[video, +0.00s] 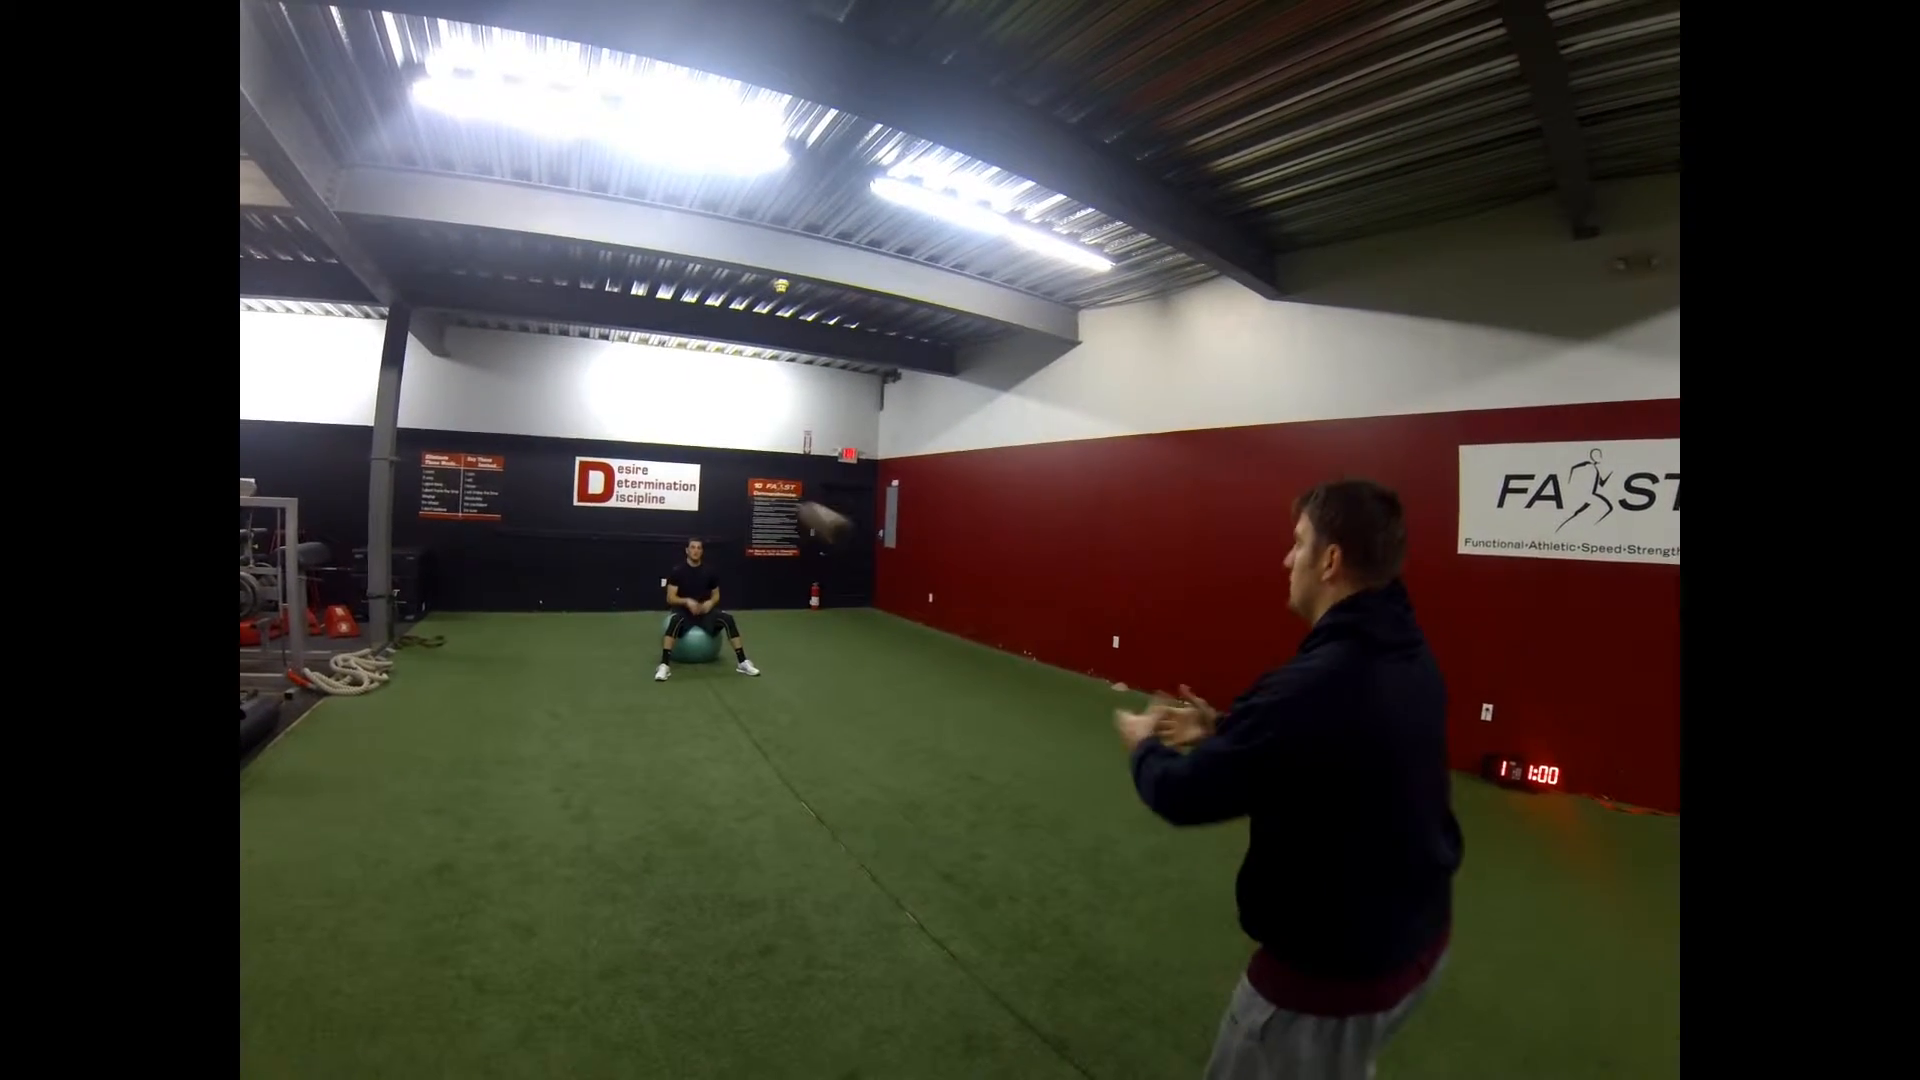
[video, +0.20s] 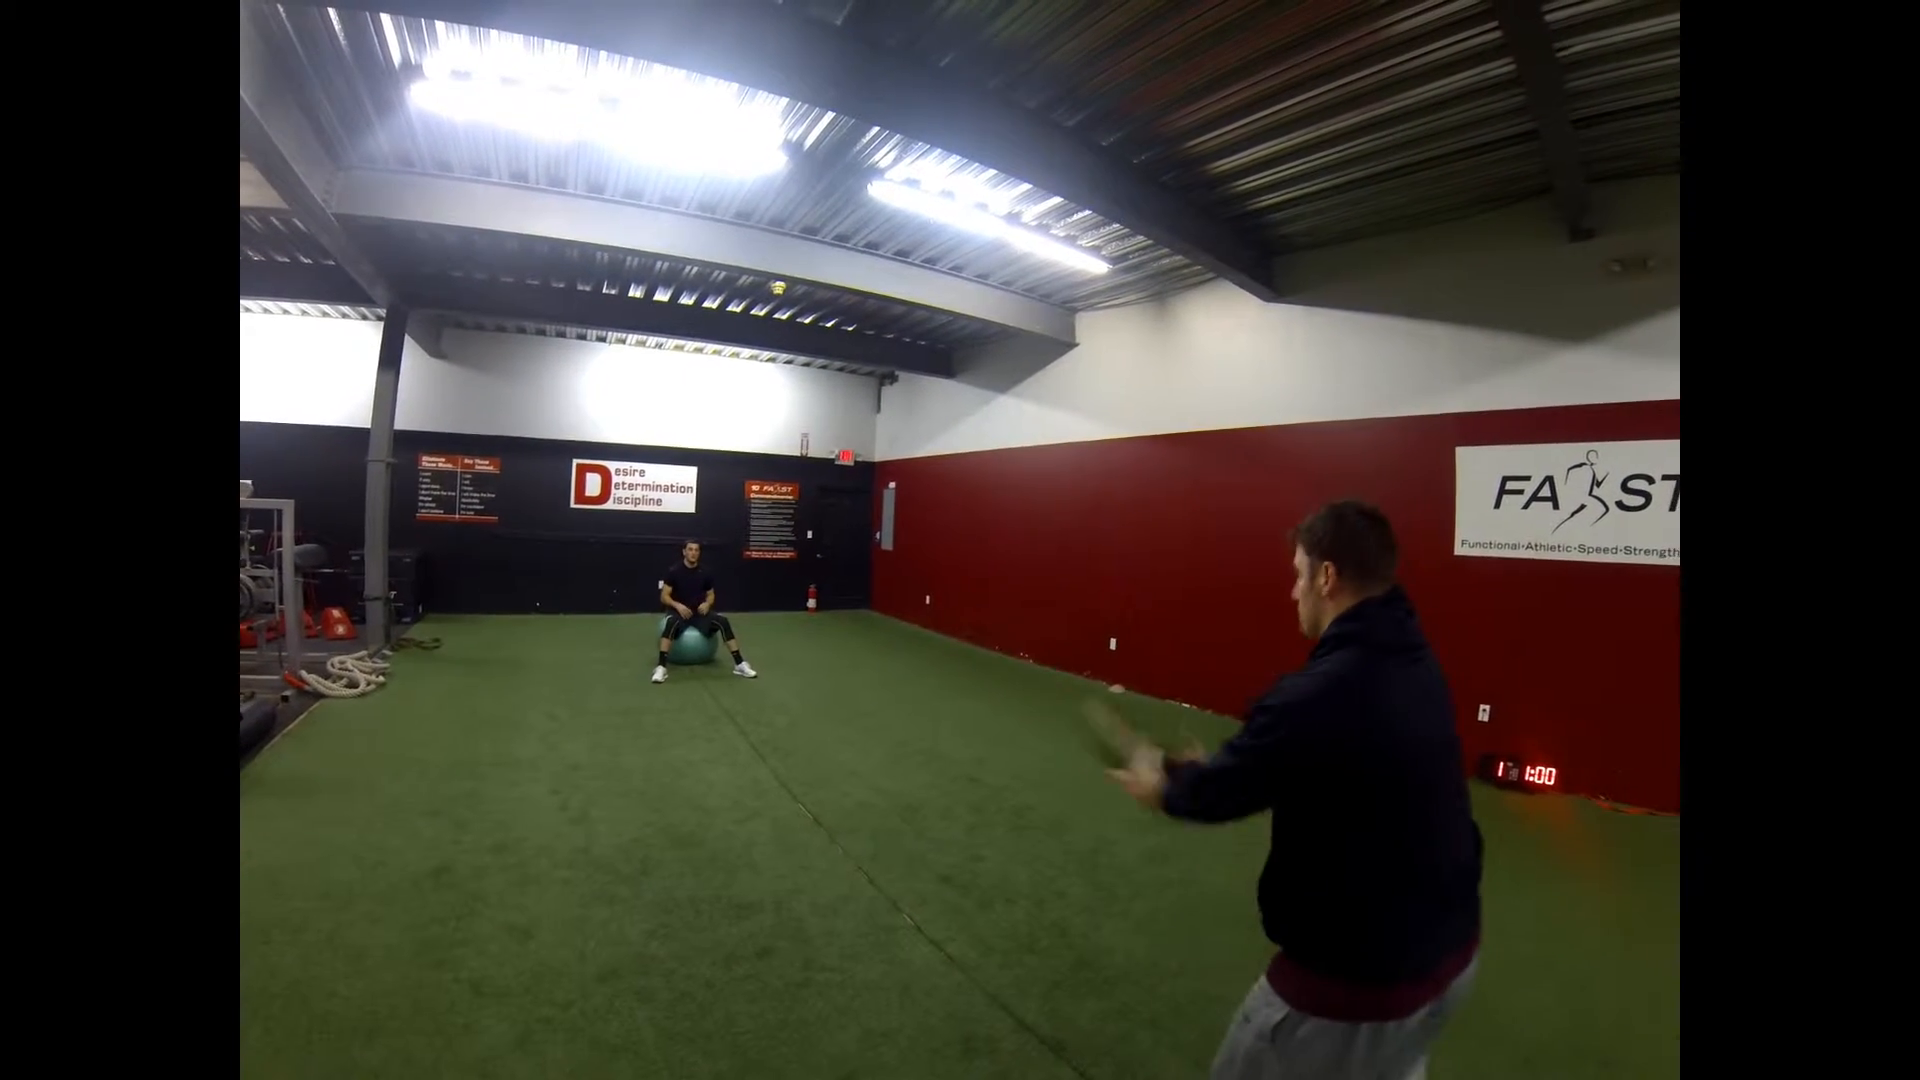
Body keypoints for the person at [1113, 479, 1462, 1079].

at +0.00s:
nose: (1287, 561)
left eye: (1297, 543)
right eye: (1292, 543)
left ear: (1330, 558)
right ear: (1385, 563)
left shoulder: (1319, 680)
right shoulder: (1407, 655)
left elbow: (1188, 794)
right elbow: (1325, 751)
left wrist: (1144, 748)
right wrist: (1220, 730)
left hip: (1321, 974)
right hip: (1410, 945)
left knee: (1251, 1069)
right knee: (1330, 1065)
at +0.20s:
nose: (1293, 593)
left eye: (1296, 575)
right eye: (1293, 576)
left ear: (1327, 576)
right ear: (1381, 572)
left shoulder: (1324, 688)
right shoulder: (1412, 660)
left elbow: (1228, 789)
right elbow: (1309, 758)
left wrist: (1162, 786)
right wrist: (1208, 766)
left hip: (1344, 985)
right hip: (1441, 959)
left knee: (1247, 1070)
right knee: (1388, 1070)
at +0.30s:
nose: (1302, 602)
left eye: (1303, 584)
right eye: (1301, 585)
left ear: (1328, 582)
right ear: (1388, 576)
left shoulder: (1323, 697)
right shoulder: (1428, 666)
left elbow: (1243, 827)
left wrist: (1201, 830)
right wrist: (1229, 808)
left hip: (1350, 986)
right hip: (1451, 960)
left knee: (1252, 1070)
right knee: (1399, 1068)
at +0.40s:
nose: (1322, 603)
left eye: (1320, 586)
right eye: (1318, 587)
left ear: (1341, 582)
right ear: (1402, 574)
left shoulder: (1330, 699)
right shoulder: (1463, 670)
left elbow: (1261, 844)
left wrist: (1245, 828)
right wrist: (1275, 813)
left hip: (1357, 989)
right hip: (1467, 965)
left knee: (1257, 1071)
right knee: (1408, 1071)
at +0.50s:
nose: (1342, 591)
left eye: (1342, 576)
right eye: (1341, 578)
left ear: (1360, 576)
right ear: (1424, 570)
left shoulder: (1343, 690)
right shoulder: (1490, 669)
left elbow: (1276, 823)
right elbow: (1482, 794)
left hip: (1359, 978)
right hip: (1471, 962)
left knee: (1267, 1070)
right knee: (1412, 1072)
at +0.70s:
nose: (1411, 572)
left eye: (1412, 559)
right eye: (1411, 559)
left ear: (1426, 560)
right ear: (1493, 556)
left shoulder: (1381, 668)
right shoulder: (1548, 671)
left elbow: (1309, 788)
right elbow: (1531, 795)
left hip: (1369, 949)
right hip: (1481, 950)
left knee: (1279, 1071)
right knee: (1418, 1074)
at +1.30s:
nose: (1436, 582)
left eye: (1443, 567)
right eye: (1439, 566)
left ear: (1473, 573)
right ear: (1524, 583)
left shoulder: (1385, 659)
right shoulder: (1556, 712)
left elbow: (1343, 736)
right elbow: (1559, 822)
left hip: (1319, 914)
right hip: (1431, 935)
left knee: (1210, 1056)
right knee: (1402, 1074)